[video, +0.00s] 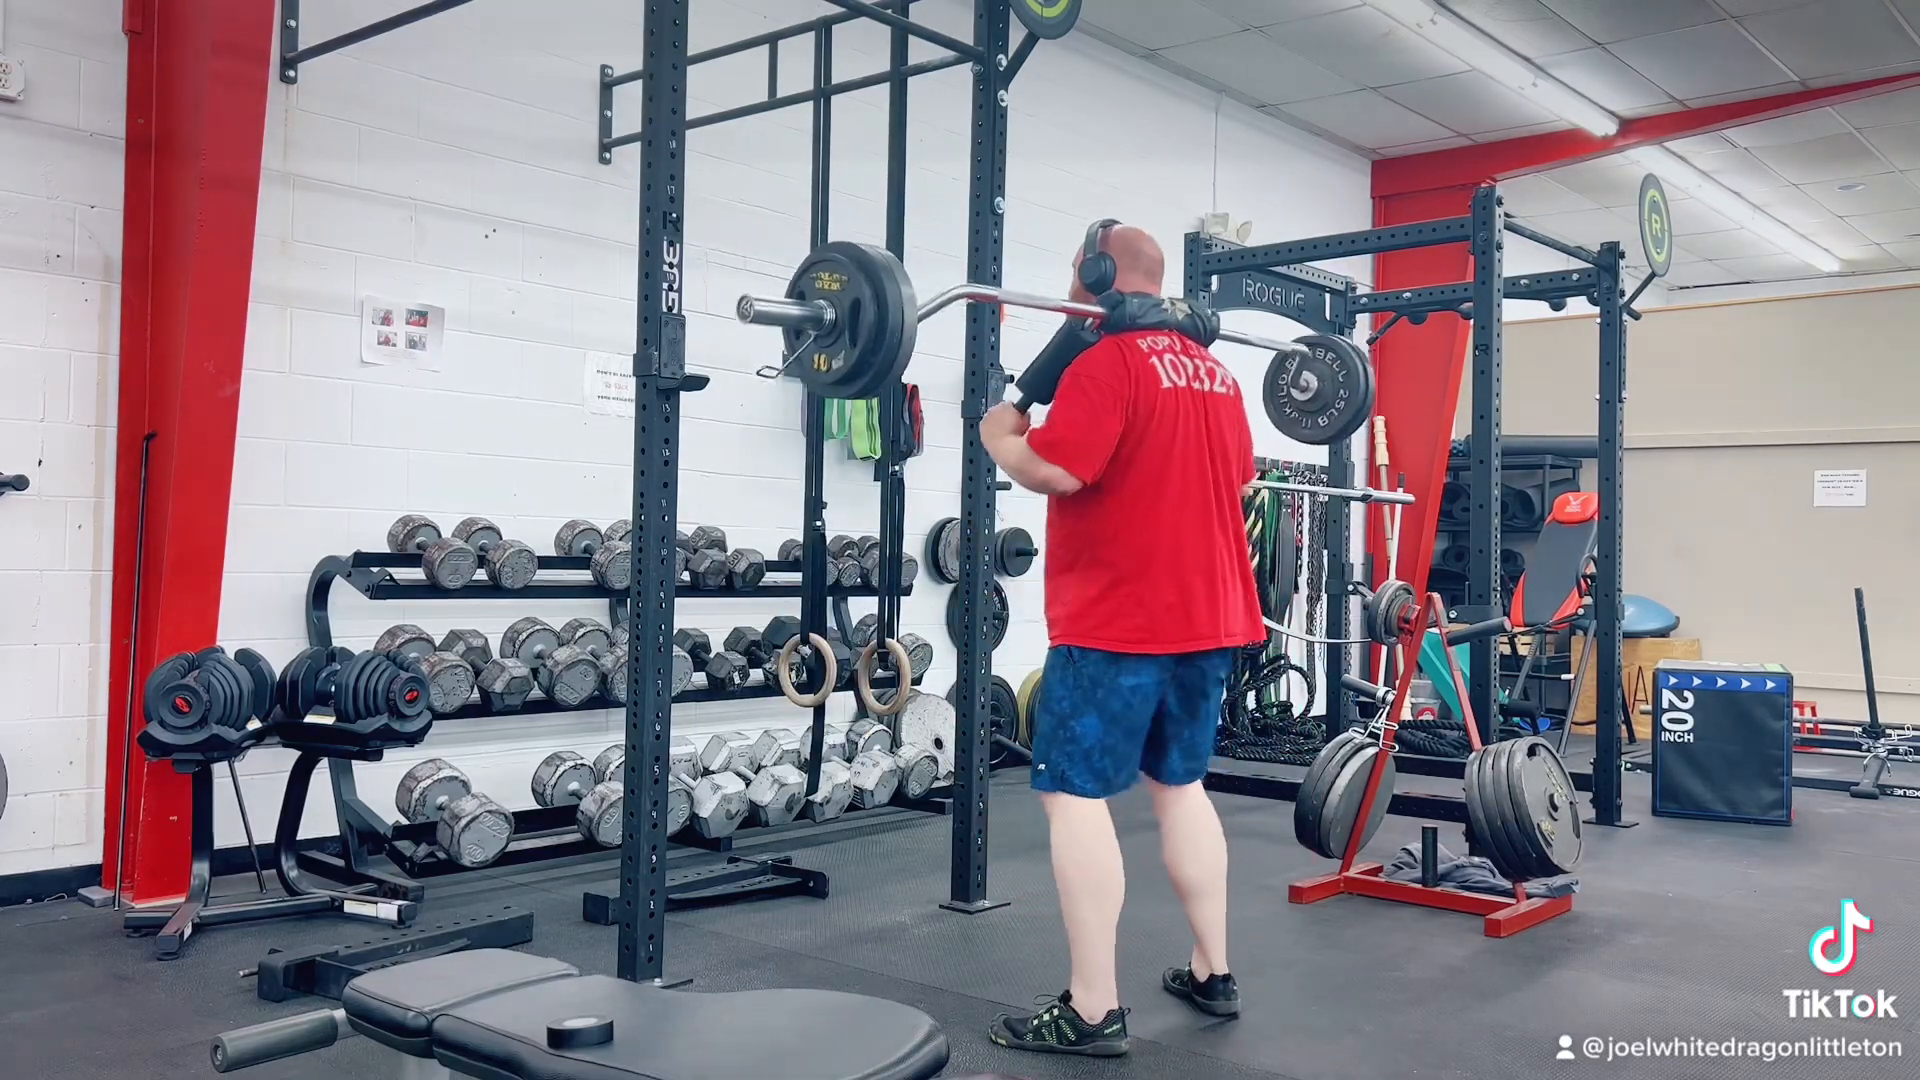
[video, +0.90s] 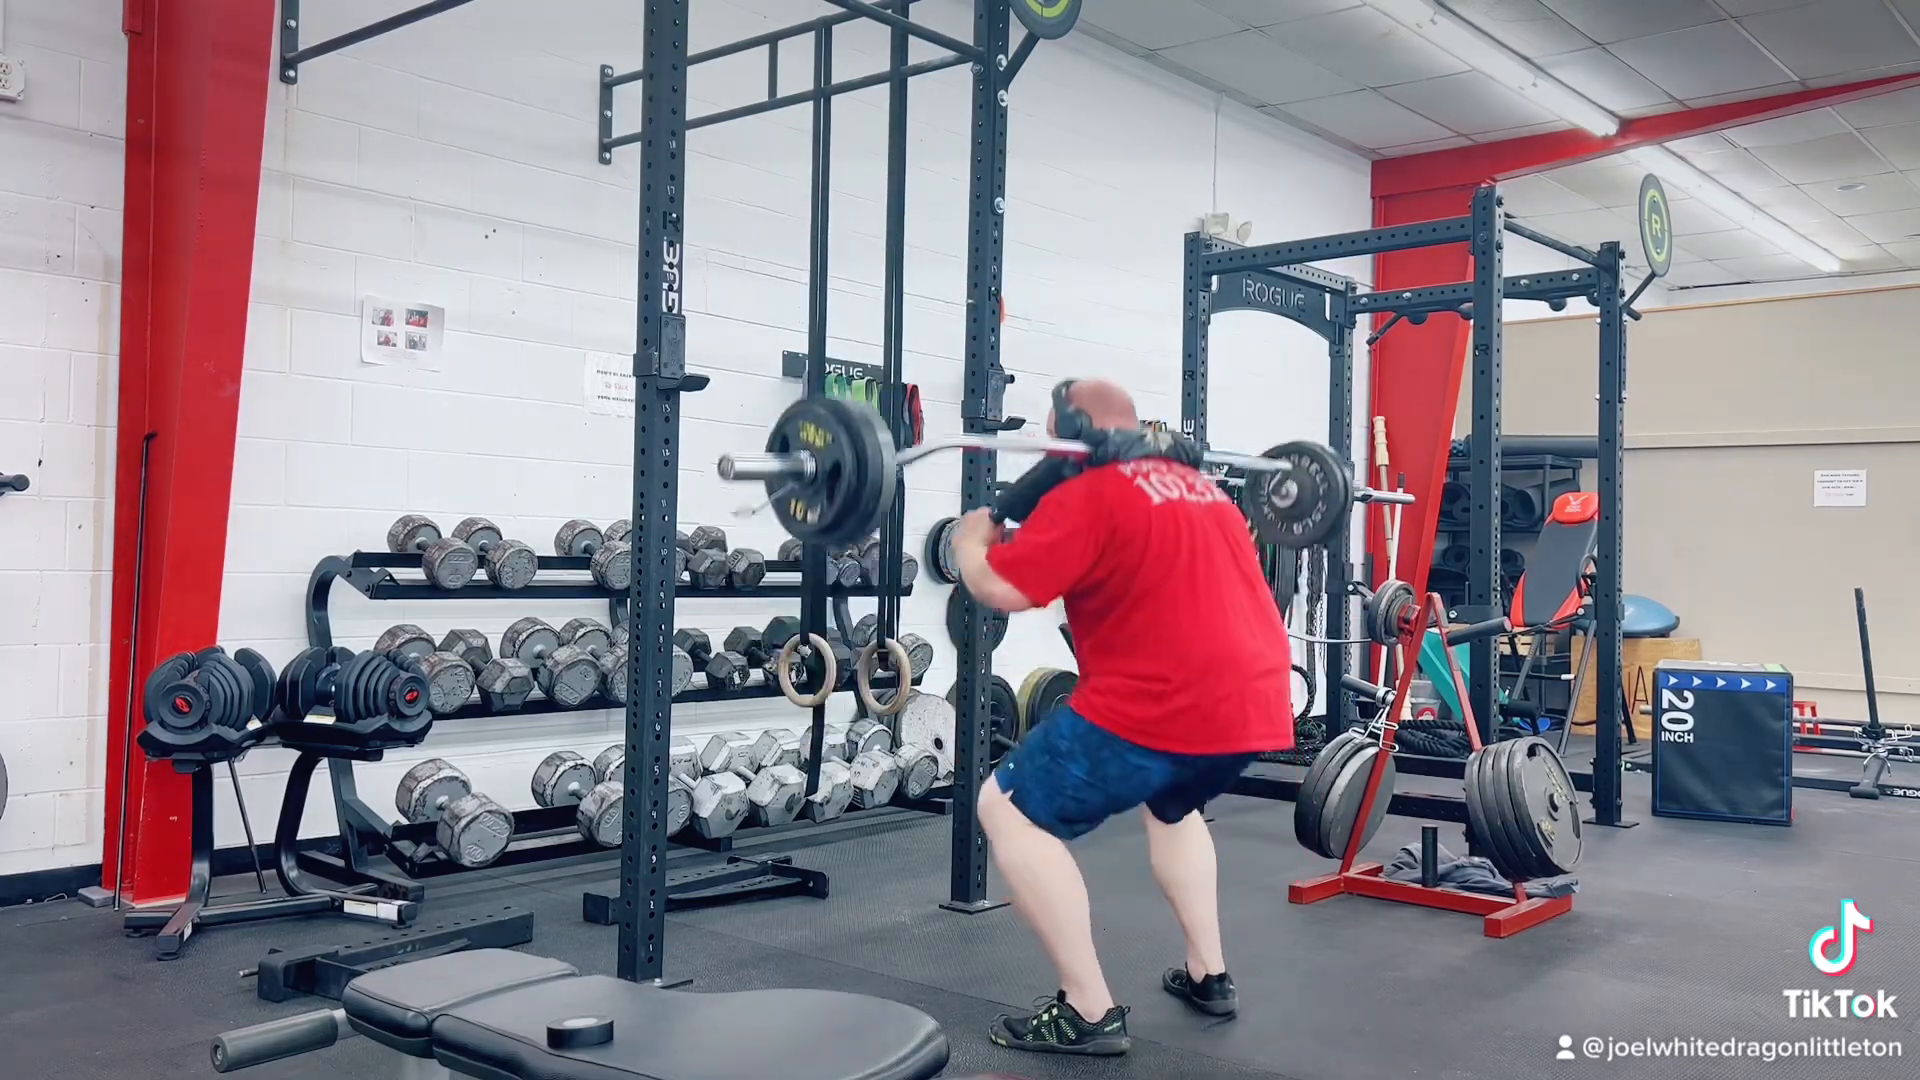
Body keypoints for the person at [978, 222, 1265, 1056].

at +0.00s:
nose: (1072, 298)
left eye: (1074, 286)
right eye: (1074, 285)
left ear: (1091, 287)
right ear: (1158, 285)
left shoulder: (1108, 358)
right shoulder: (1214, 369)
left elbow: (1060, 469)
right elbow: (1238, 480)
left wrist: (1003, 436)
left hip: (1119, 619)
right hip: (1212, 614)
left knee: (1072, 787)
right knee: (1179, 780)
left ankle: (1093, 1006)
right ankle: (1214, 973)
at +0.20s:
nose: (1056, 409)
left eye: (1060, 397)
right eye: (1059, 396)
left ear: (1076, 404)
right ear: (1143, 401)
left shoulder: (1094, 471)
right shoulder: (1196, 462)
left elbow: (1005, 566)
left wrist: (974, 511)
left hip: (1153, 694)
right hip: (1253, 694)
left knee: (1021, 807)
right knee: (1168, 802)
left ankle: (1090, 1008)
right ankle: (1212, 973)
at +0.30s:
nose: (1049, 481)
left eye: (1052, 471)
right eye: (1056, 471)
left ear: (1062, 478)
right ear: (1137, 474)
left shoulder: (1085, 548)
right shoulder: (1188, 531)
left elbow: (993, 645)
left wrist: (962, 580)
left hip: (1171, 760)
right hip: (1265, 758)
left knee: (1003, 812)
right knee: (1167, 814)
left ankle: (1089, 1010)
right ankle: (1210, 974)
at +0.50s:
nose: (1048, 607)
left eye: (1049, 596)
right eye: (1048, 597)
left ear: (1063, 599)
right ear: (1127, 585)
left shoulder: (1085, 661)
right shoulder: (1184, 636)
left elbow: (981, 751)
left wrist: (957, 682)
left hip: (1201, 875)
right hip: (1276, 865)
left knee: (993, 816)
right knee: (1160, 787)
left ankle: (1089, 1010)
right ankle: (1208, 974)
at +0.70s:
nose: (1048, 589)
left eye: (1049, 579)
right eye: (1048, 580)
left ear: (1066, 582)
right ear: (1127, 569)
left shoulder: (1089, 643)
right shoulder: (1185, 619)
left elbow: (987, 737)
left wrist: (960, 675)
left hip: (1192, 849)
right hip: (1274, 844)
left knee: (991, 817)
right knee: (1148, 785)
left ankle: (1088, 1010)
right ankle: (1208, 974)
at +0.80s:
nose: (1043, 518)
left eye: (1044, 508)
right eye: (1045, 509)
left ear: (1058, 509)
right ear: (1128, 501)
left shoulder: (1085, 566)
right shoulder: (1192, 552)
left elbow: (993, 665)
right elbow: (1258, 641)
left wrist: (961, 609)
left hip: (1170, 769)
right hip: (1271, 764)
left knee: (995, 812)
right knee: (1173, 814)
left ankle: (1088, 1008)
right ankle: (1208, 974)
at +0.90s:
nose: (1049, 445)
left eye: (1051, 434)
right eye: (1052, 434)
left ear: (1066, 435)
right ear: (1137, 428)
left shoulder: (1091, 491)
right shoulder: (1199, 484)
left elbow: (1001, 588)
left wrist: (970, 539)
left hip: (1156, 702)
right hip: (1257, 701)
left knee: (1008, 806)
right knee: (1172, 802)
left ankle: (1089, 1008)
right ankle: (1209, 974)